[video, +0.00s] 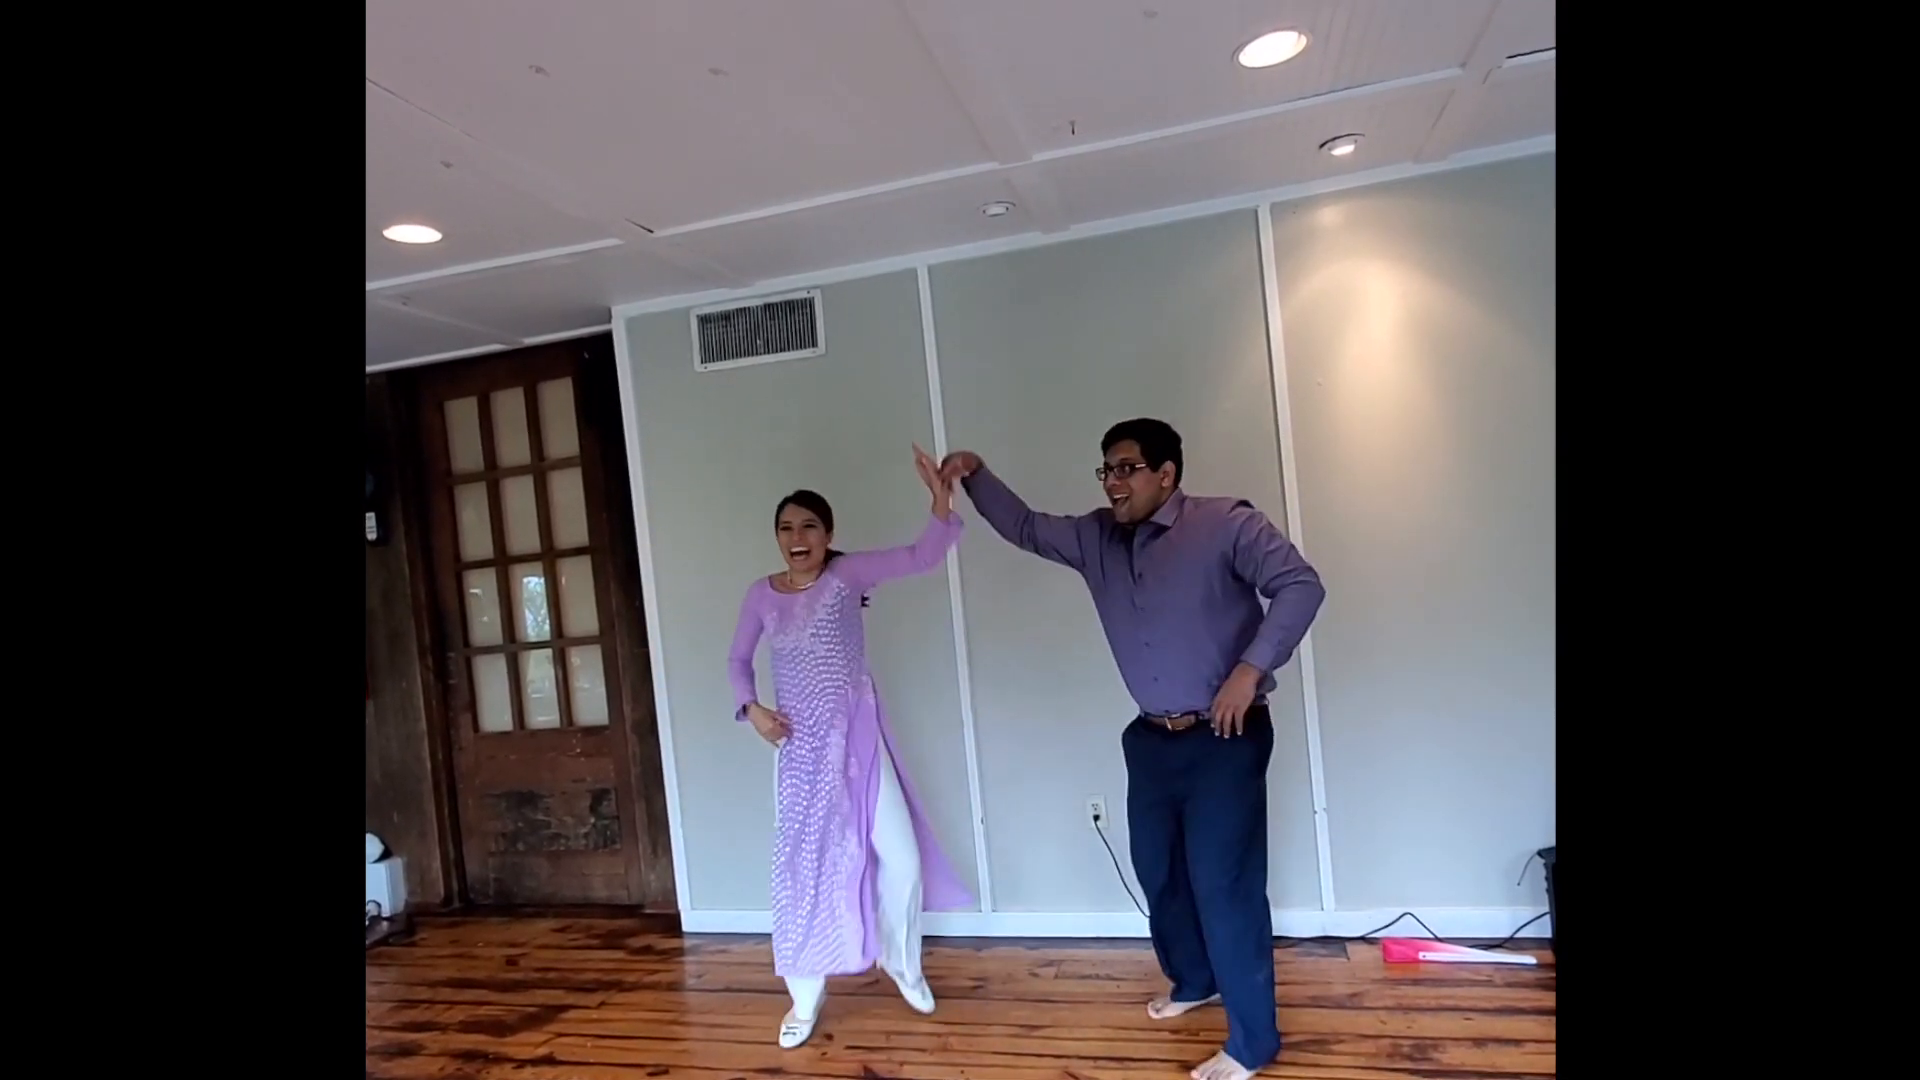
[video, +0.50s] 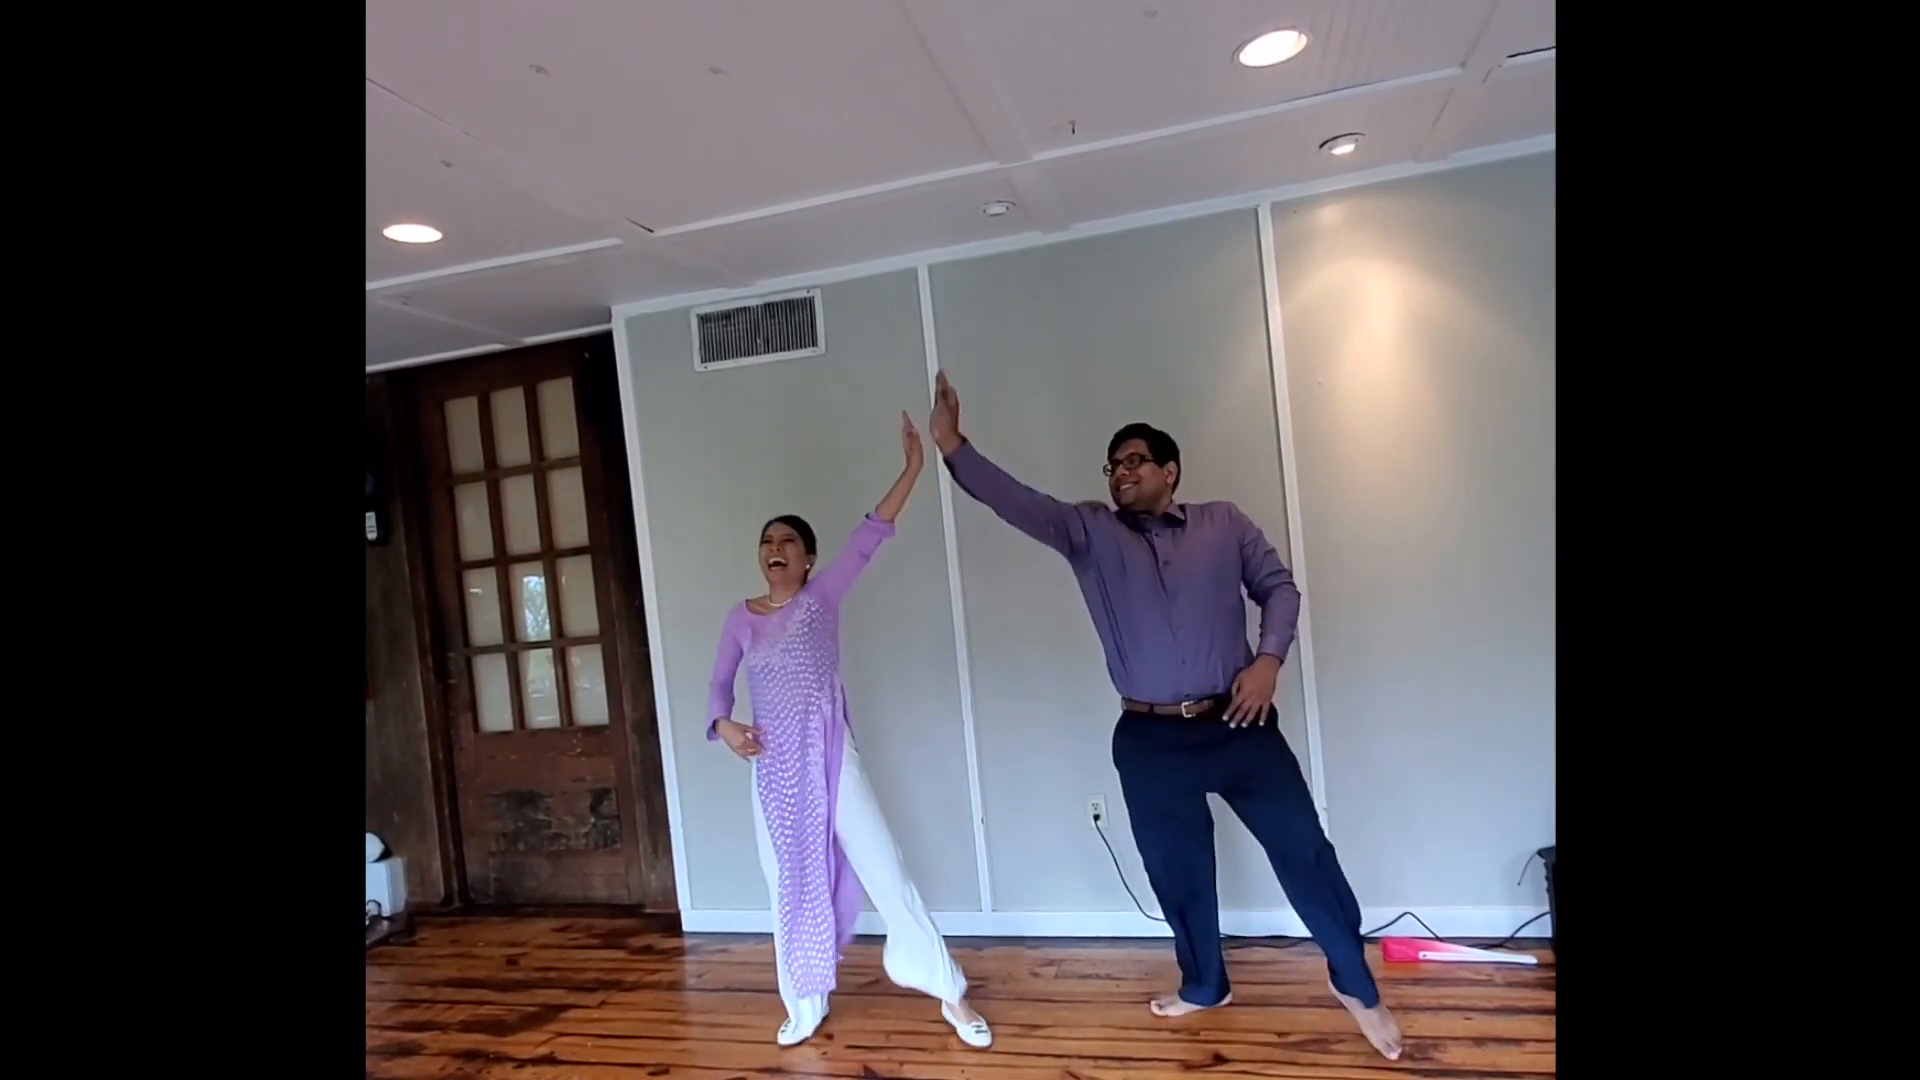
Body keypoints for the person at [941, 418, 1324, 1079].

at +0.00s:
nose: (1111, 482)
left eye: (1124, 469)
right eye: (1106, 471)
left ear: (1166, 473)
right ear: (1105, 477)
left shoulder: (1225, 524)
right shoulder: (1096, 538)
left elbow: (1299, 586)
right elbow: (1024, 525)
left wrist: (1250, 671)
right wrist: (975, 472)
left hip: (1224, 734)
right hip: (1152, 738)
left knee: (1222, 882)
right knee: (1159, 872)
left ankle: (1252, 1043)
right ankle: (1194, 979)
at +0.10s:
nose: (1107, 491)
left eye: (1122, 478)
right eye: (1103, 480)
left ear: (1162, 486)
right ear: (1102, 489)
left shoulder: (1226, 540)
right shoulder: (1092, 561)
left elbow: (1296, 605)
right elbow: (1014, 543)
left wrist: (1250, 682)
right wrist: (992, 471)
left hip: (1225, 738)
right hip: (1147, 745)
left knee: (1218, 869)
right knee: (1155, 873)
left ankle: (1233, 1009)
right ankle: (1197, 982)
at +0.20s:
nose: (1111, 497)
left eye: (1126, 486)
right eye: (1107, 488)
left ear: (1162, 496)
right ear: (1103, 501)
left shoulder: (1223, 549)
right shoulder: (1090, 572)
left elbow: (1292, 613)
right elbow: (1013, 551)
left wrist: (1247, 680)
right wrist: (989, 471)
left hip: (1225, 737)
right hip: (1145, 747)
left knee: (1241, 851)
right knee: (1141, 867)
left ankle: (1237, 932)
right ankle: (1199, 984)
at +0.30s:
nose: (1115, 491)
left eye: (1129, 480)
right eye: (1110, 482)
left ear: (1166, 491)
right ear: (1106, 494)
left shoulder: (1223, 544)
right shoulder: (1087, 560)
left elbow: (1290, 604)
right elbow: (1014, 525)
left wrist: (1253, 670)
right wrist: (969, 451)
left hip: (1230, 727)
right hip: (1146, 741)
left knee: (1275, 823)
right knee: (1148, 867)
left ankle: (1269, 930)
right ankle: (1200, 984)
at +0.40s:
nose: (1118, 477)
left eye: (1131, 466)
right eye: (1112, 470)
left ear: (1168, 476)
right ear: (1108, 484)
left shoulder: (1220, 523)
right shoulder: (1088, 533)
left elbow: (1279, 586)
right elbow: (1019, 503)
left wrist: (1261, 659)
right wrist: (958, 438)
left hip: (1235, 718)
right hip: (1148, 735)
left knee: (1303, 831)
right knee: (1168, 870)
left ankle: (1315, 968)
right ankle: (1203, 983)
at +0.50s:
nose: (1124, 473)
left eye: (1136, 462)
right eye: (1115, 467)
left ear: (1171, 472)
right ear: (1108, 483)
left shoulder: (1223, 523)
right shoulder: (1091, 532)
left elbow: (1278, 588)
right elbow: (1019, 502)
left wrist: (1268, 661)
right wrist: (954, 449)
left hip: (1239, 722)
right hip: (1151, 735)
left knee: (1305, 851)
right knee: (1178, 875)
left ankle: (1357, 986)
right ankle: (1205, 986)